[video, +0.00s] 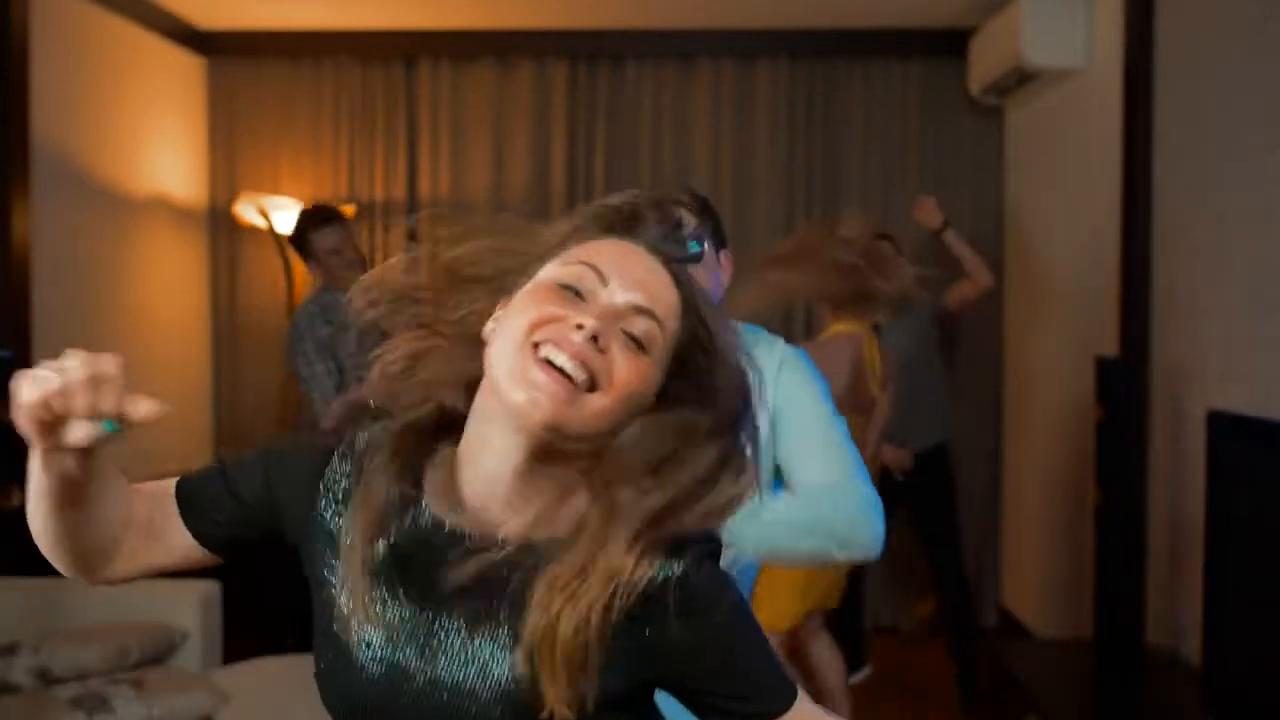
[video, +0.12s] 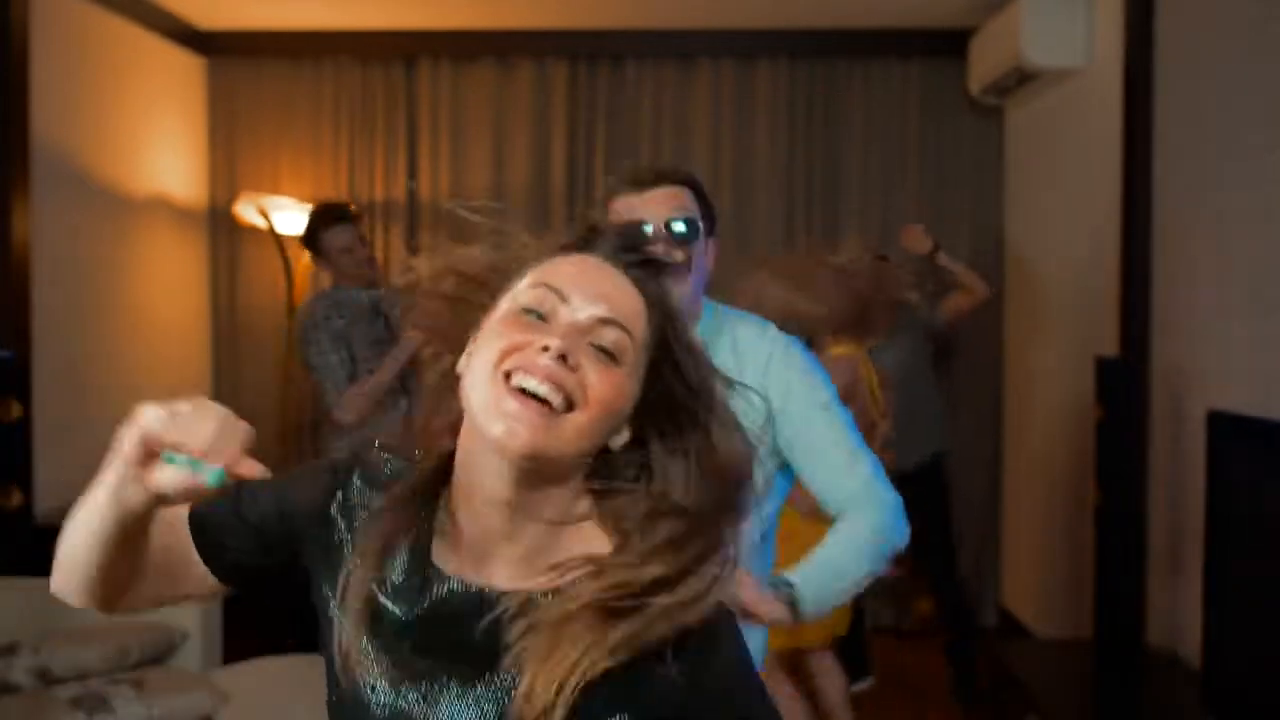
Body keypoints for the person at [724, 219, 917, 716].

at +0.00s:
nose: (803, 289)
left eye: (809, 278)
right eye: (807, 278)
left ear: (821, 287)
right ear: (860, 286)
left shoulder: (837, 345)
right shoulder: (867, 342)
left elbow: (817, 422)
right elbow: (878, 408)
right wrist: (872, 454)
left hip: (815, 504)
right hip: (844, 504)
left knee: (765, 629)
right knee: (809, 626)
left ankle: (799, 707)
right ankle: (839, 708)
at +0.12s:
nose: (657, 251)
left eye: (678, 231)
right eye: (632, 235)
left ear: (710, 251)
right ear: (602, 248)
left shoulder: (759, 353)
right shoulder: (564, 348)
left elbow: (878, 516)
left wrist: (787, 596)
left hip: (717, 658)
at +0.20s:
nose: (648, 227)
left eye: (670, 212)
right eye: (624, 212)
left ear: (695, 238)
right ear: (593, 234)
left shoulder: (754, 337)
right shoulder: (559, 335)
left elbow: (886, 474)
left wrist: (850, 609)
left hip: (719, 655)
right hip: (580, 639)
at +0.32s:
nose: (643, 205)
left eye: (663, 191)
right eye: (618, 191)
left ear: (685, 218)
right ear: (584, 220)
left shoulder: (753, 313)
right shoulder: (558, 315)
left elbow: (897, 413)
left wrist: (926, 561)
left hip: (733, 596)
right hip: (597, 585)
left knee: (738, 705)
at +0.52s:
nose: (641, 213)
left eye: (661, 199)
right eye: (616, 200)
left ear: (682, 227)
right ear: (580, 229)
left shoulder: (744, 311)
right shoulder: (551, 295)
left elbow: (902, 347)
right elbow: (520, 397)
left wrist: (986, 456)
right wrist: (644, 365)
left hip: (749, 587)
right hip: (612, 580)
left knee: (768, 705)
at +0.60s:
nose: (643, 227)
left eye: (662, 211)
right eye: (617, 213)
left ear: (682, 236)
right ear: (581, 240)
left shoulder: (744, 321)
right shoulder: (563, 334)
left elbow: (898, 340)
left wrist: (987, 437)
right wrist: (659, 356)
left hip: (752, 602)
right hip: (625, 598)